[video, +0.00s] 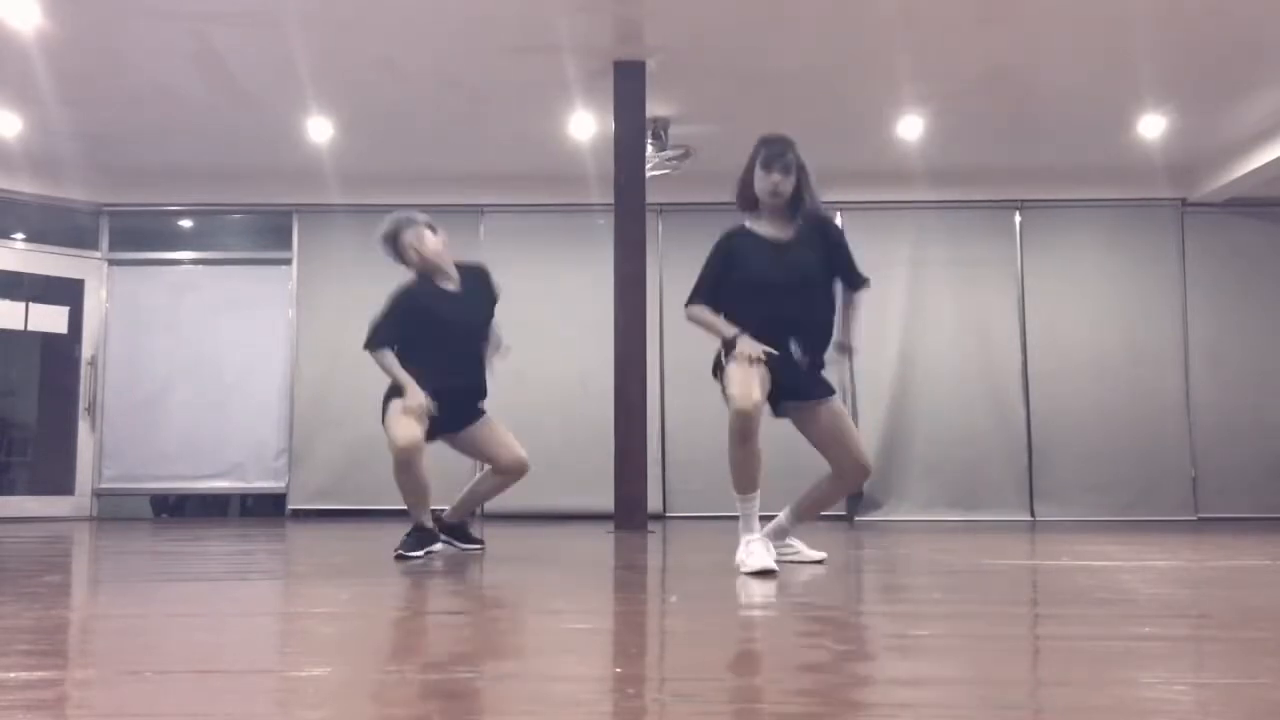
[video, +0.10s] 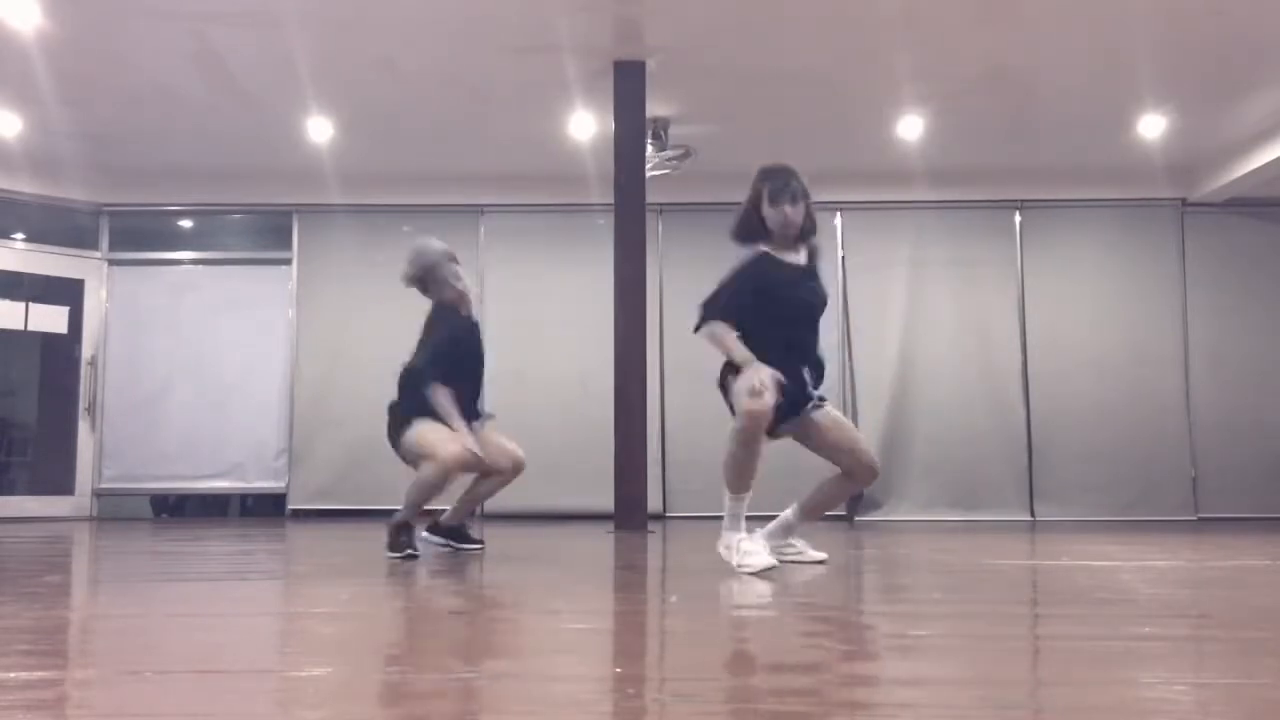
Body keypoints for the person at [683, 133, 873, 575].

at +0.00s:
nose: (776, 179)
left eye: (785, 170)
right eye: (767, 169)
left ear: (798, 178)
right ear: (752, 176)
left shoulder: (821, 233)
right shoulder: (736, 240)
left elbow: (851, 284)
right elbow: (695, 307)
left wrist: (845, 335)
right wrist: (737, 337)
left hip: (801, 361)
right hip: (748, 351)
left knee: (855, 469)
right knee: (745, 408)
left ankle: (777, 535)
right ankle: (750, 538)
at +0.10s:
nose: (787, 213)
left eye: (795, 202)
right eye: (776, 204)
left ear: (806, 207)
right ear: (760, 211)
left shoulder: (809, 257)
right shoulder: (757, 264)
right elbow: (710, 320)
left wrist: (804, 366)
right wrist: (748, 363)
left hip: (798, 386)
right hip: (755, 376)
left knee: (863, 469)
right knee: (755, 411)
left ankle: (777, 535)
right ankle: (733, 535)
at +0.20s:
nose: (810, 240)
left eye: (811, 231)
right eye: (801, 231)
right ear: (777, 237)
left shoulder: (750, 284)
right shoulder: (801, 283)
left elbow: (703, 322)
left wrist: (734, 361)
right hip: (754, 390)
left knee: (856, 457)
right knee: (802, 431)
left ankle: (780, 536)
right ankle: (726, 530)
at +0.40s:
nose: (737, 297)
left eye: (740, 288)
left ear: (747, 290)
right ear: (789, 276)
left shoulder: (742, 331)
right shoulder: (813, 315)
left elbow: (727, 406)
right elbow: (836, 396)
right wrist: (851, 460)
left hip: (728, 442)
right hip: (770, 450)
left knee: (822, 435)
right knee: (877, 528)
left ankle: (778, 536)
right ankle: (753, 521)